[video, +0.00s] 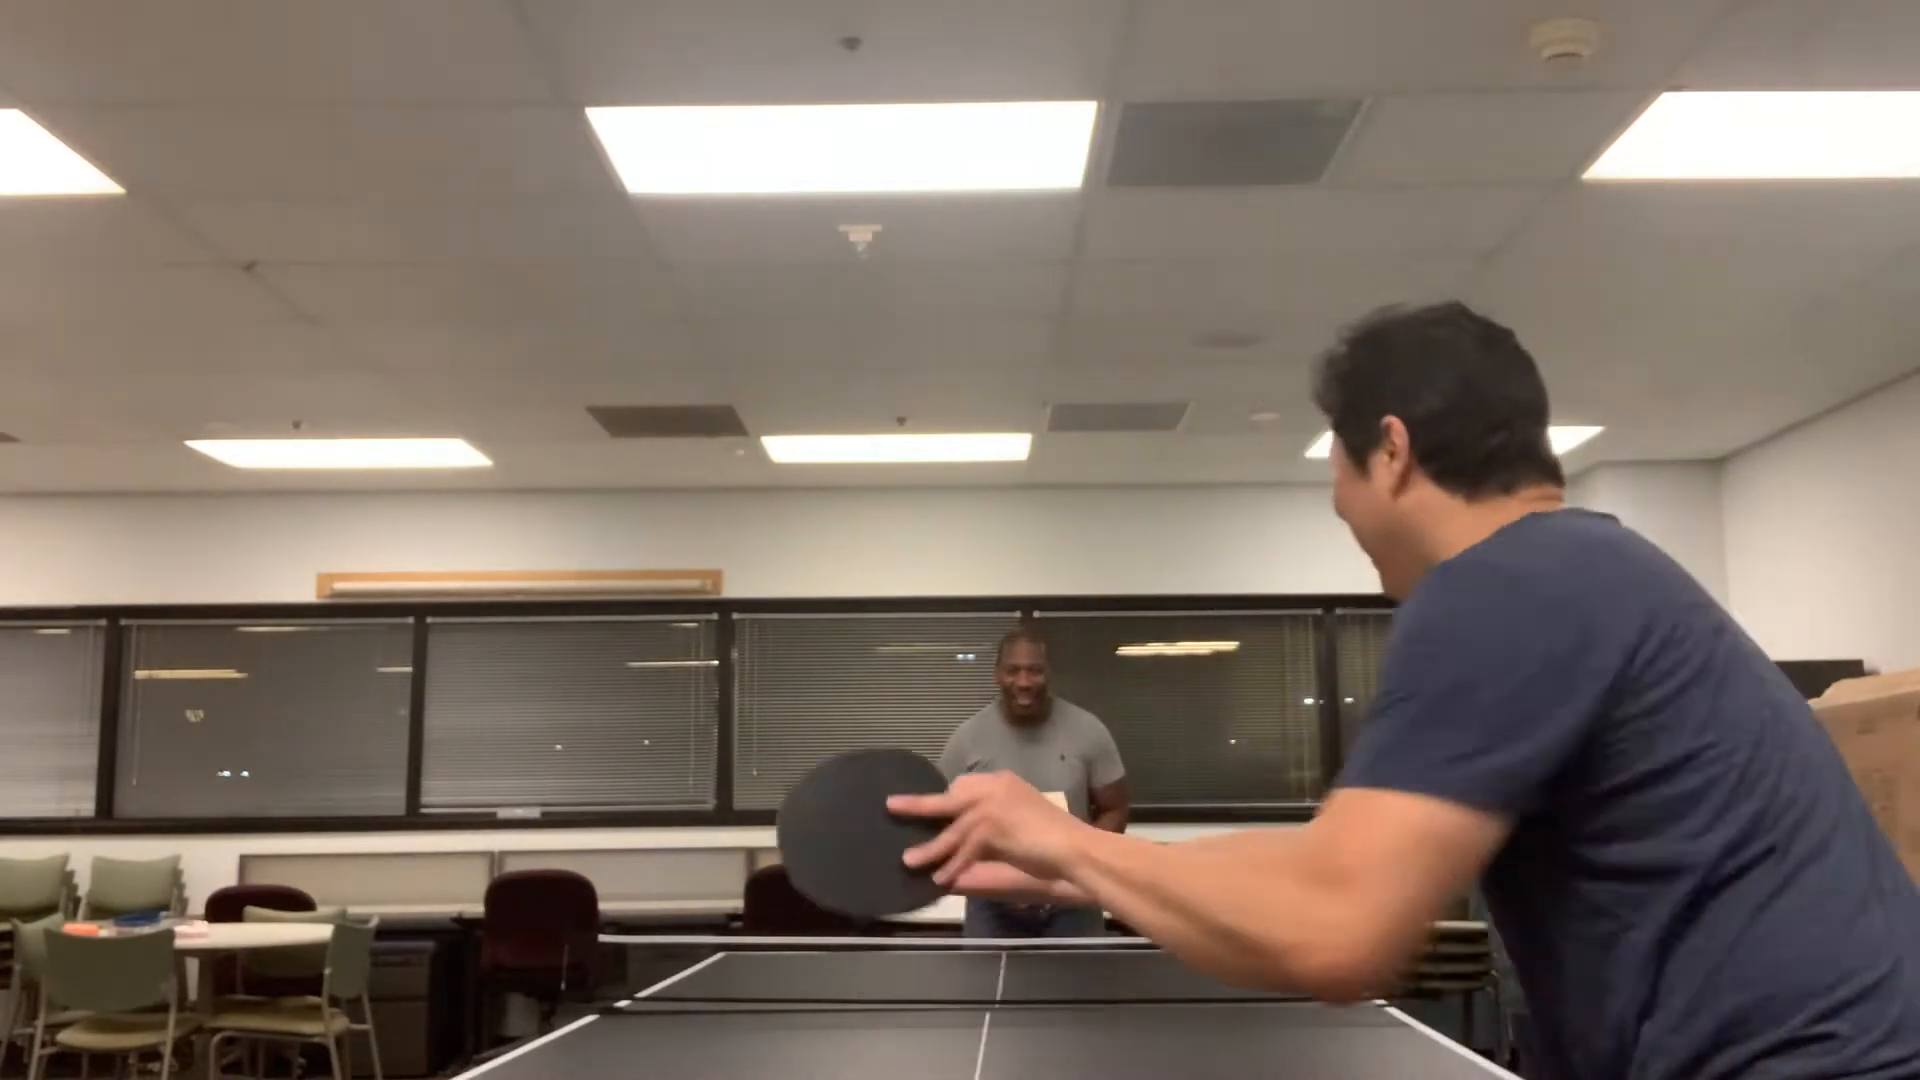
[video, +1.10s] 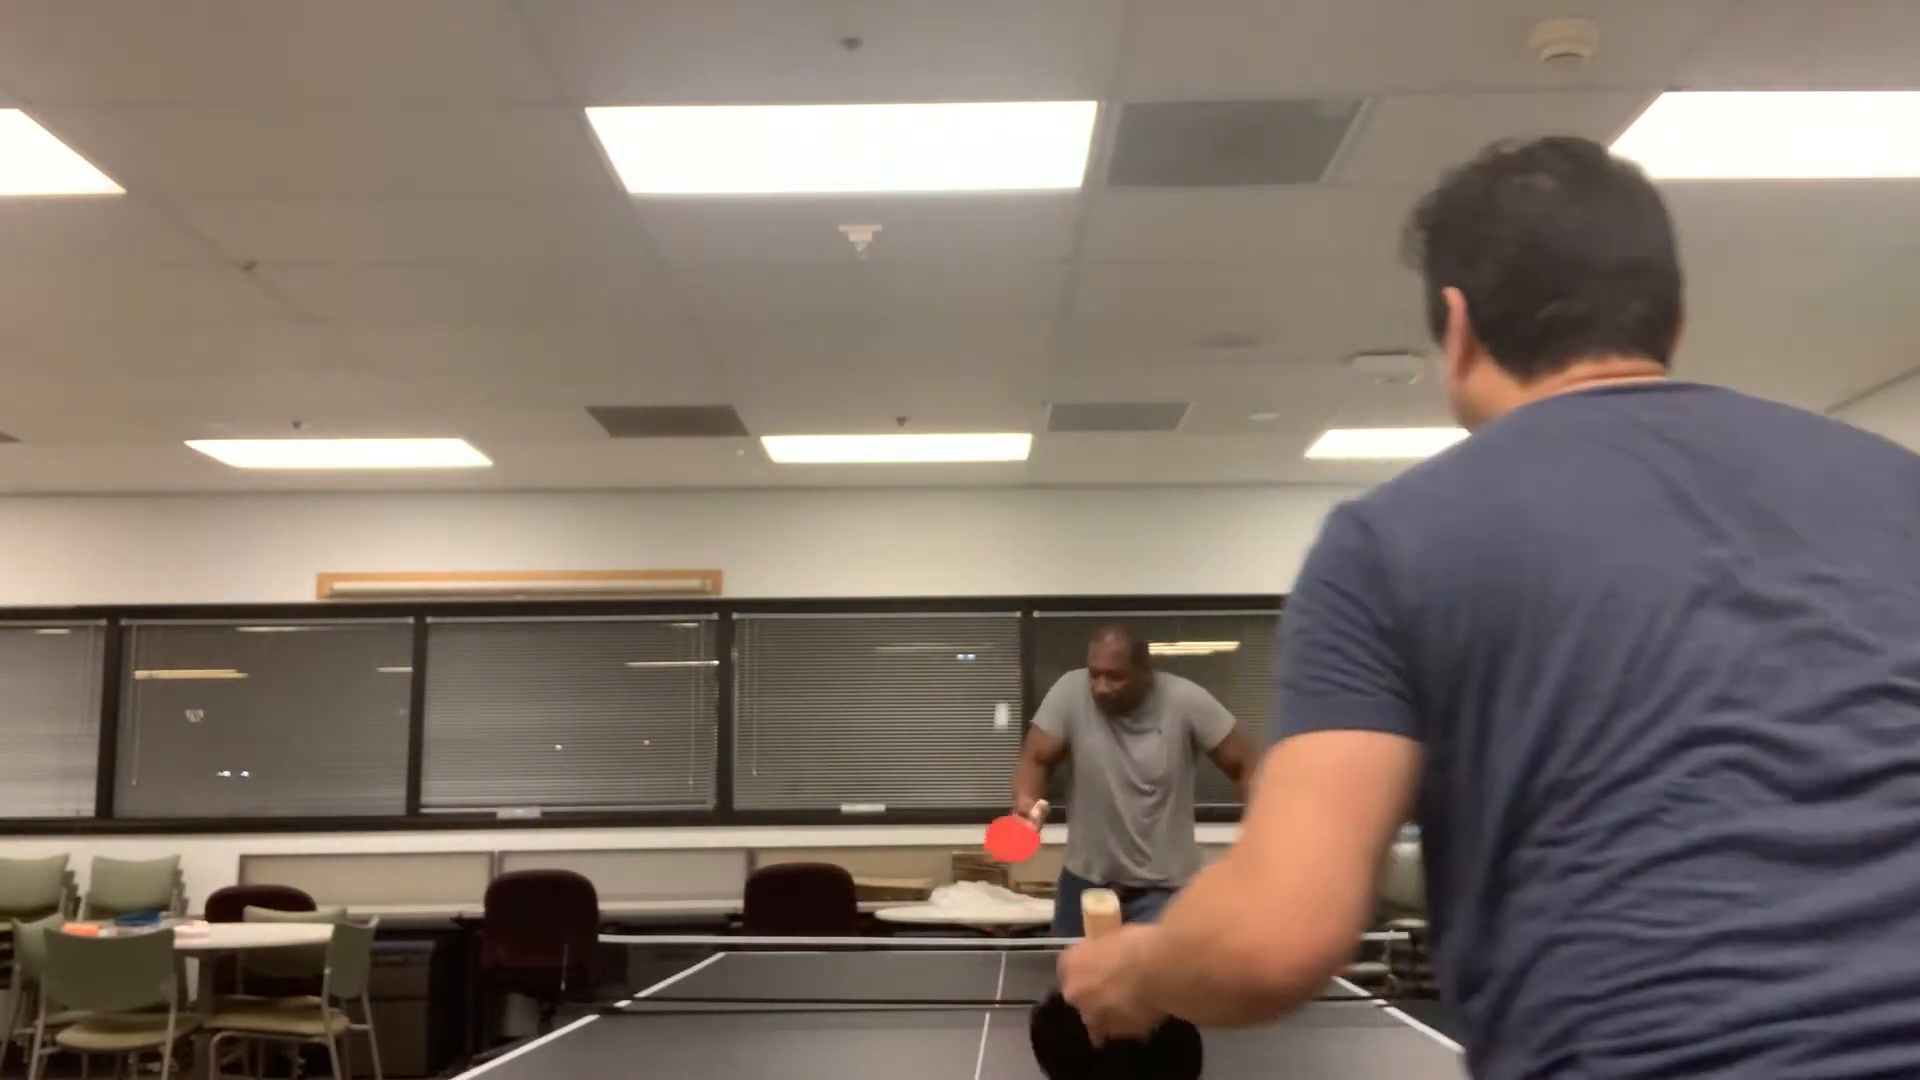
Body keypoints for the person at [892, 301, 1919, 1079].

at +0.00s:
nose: (1341, 507)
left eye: (1339, 469)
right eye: (1336, 475)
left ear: (1395, 449)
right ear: (1516, 440)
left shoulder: (1518, 586)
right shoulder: (1597, 569)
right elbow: (1355, 880)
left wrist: (1081, 856)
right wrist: (1091, 858)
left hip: (1775, 1055)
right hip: (1828, 1039)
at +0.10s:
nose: (1372, 497)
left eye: (1371, 463)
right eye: (1369, 466)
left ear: (1422, 448)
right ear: (1551, 440)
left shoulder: (1452, 608)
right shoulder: (1663, 570)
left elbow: (1198, 904)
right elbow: (1448, 872)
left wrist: (1058, 833)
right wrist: (1144, 933)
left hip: (1742, 1059)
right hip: (1881, 1036)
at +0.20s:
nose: (1392, 478)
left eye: (1390, 442)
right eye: (1388, 445)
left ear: (1434, 438)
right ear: (1578, 430)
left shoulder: (1428, 607)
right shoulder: (1738, 573)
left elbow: (1208, 874)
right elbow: (1639, 890)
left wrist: (1143, 787)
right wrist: (1411, 1040)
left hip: (1683, 1059)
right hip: (1900, 1037)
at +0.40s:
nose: (1434, 461)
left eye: (1431, 428)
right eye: (1428, 431)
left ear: (1465, 423)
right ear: (1626, 425)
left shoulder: (1419, 590)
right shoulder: (1830, 600)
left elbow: (1194, 856)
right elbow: (1905, 822)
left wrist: (1176, 716)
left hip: (1628, 1060)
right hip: (1887, 1051)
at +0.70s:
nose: (1360, 384)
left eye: (1356, 355)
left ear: (1376, 342)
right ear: (1571, 343)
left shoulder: (1288, 538)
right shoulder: (1790, 490)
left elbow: (1197, 930)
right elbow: (1918, 707)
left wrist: (1163, 841)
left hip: (1522, 1052)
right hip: (1855, 1043)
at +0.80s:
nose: (1341, 375)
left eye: (1336, 345)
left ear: (1352, 327)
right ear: (1555, 327)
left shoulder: (1262, 528)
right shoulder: (1781, 469)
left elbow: (1191, 937)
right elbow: (1918, 736)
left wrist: (1142, 875)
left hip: (1510, 1054)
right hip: (1860, 1039)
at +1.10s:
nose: (1437, 374)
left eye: (1428, 338)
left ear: (1459, 325)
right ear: (1666, 315)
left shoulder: (1402, 533)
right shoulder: (1890, 477)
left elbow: (1282, 940)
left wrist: (1141, 971)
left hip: (1621, 1047)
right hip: (1895, 1040)